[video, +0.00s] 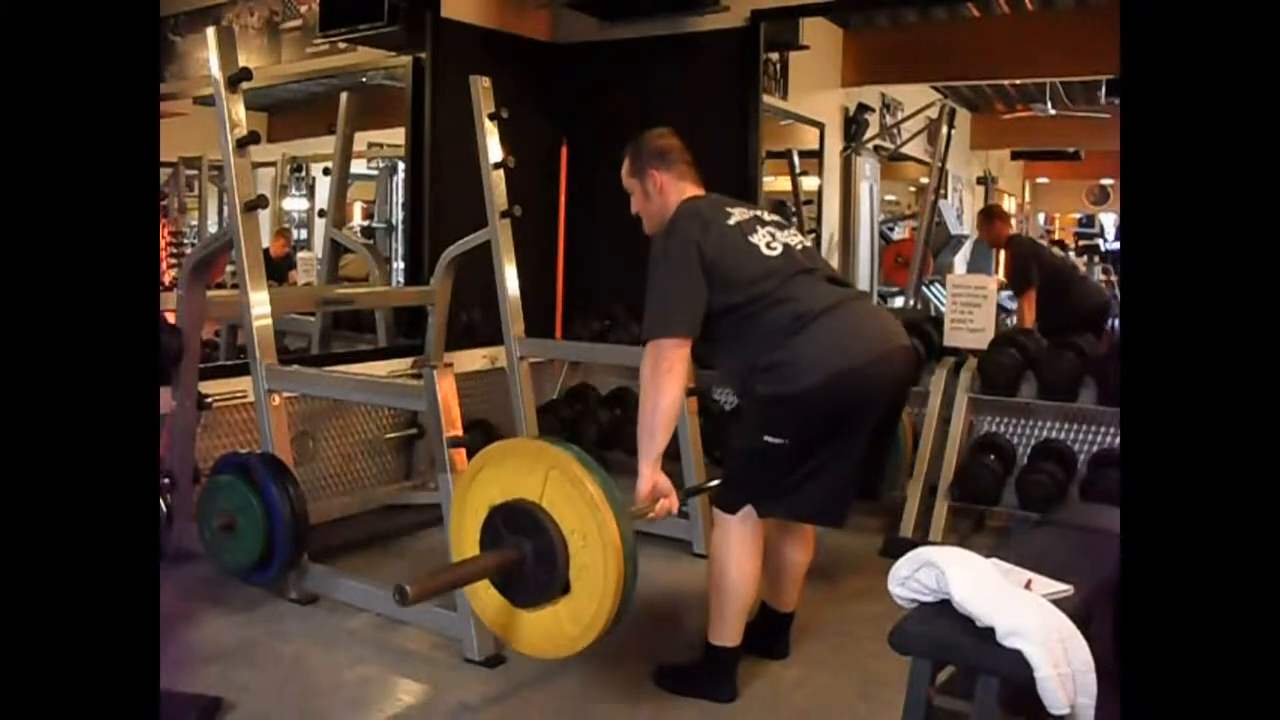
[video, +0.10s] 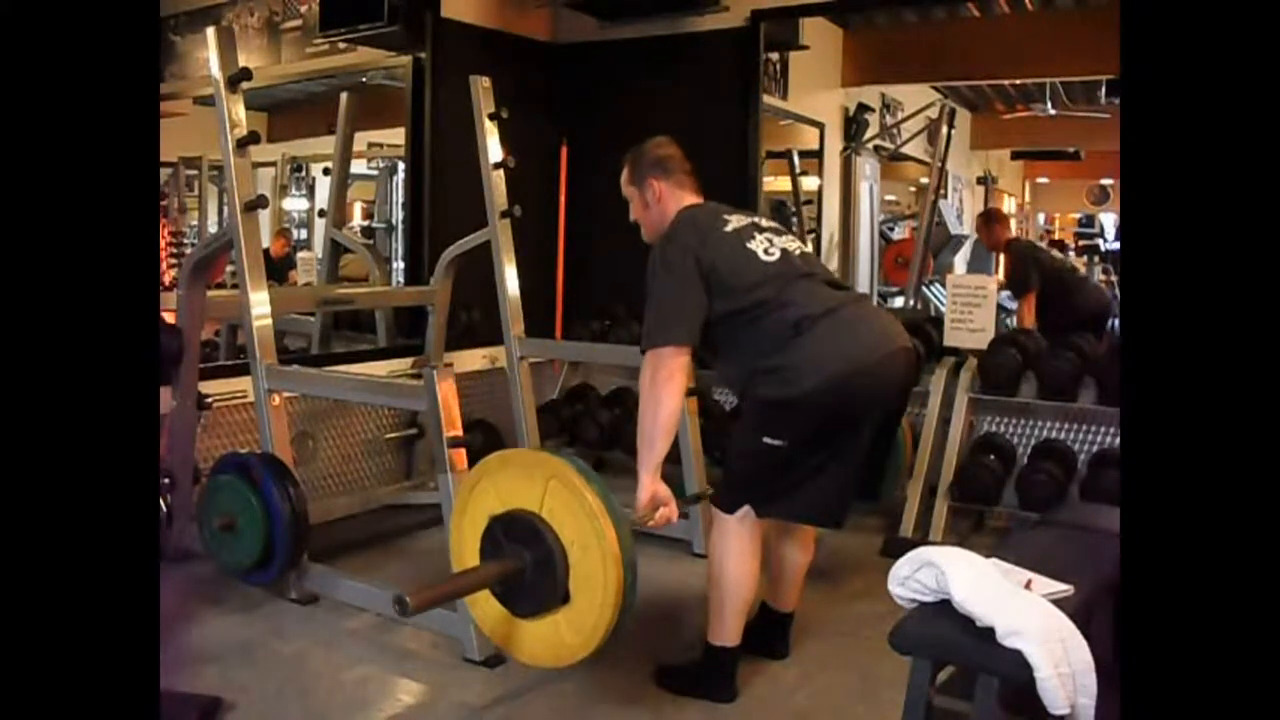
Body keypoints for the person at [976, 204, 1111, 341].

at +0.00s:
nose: (983, 238)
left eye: (983, 231)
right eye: (981, 232)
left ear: (997, 224)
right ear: (1000, 223)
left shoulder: (1017, 246)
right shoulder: (1021, 244)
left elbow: (1028, 299)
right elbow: (1026, 299)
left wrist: (1024, 344)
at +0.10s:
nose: (981, 241)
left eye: (981, 233)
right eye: (979, 235)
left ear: (997, 228)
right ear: (1004, 227)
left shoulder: (1017, 251)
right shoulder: (1022, 247)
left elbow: (1027, 306)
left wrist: (1024, 350)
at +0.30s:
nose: (976, 247)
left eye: (977, 241)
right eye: (975, 242)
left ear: (991, 238)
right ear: (1001, 236)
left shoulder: (1014, 262)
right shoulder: (1020, 257)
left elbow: (1025, 317)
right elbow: (1026, 316)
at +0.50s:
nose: (975, 257)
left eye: (976, 250)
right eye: (974, 251)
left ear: (990, 247)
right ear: (996, 246)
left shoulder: (1011, 269)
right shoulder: (1019, 263)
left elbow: (1025, 321)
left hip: (1091, 310)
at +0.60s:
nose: (975, 262)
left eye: (976, 255)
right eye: (974, 256)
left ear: (990, 251)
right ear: (999, 248)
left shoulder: (1011, 271)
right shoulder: (1017, 266)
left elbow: (1025, 322)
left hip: (1091, 311)